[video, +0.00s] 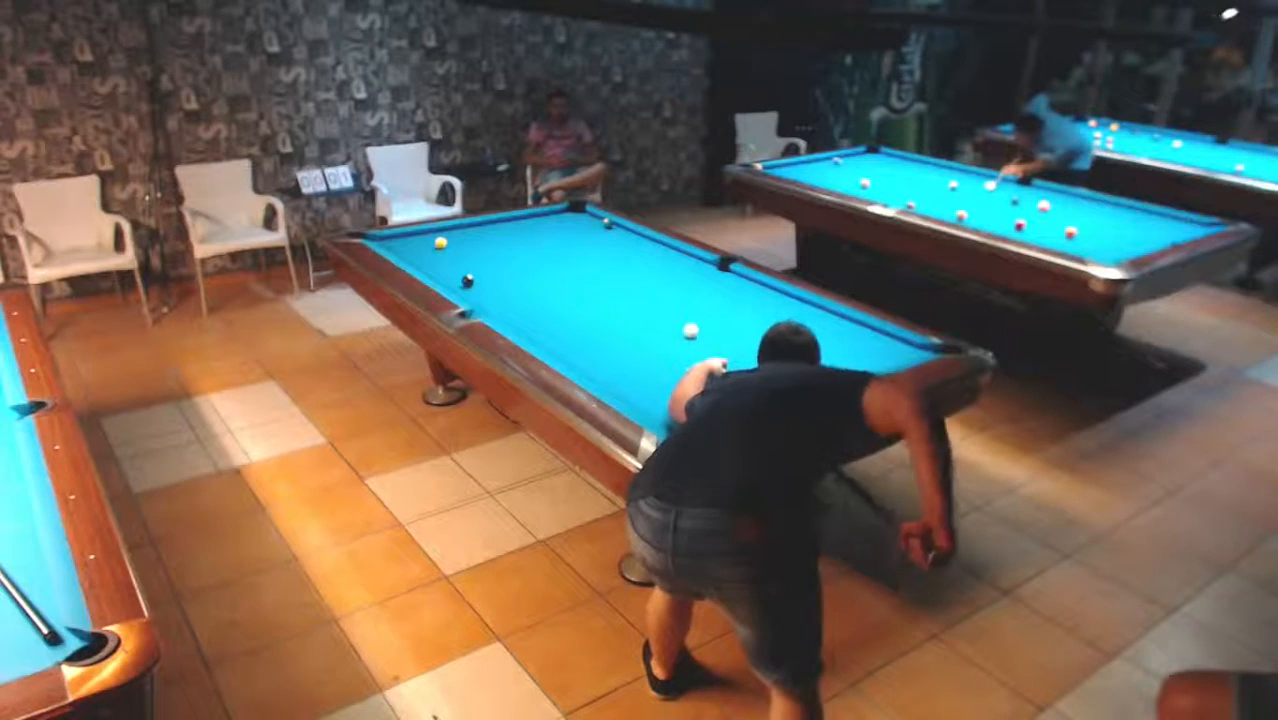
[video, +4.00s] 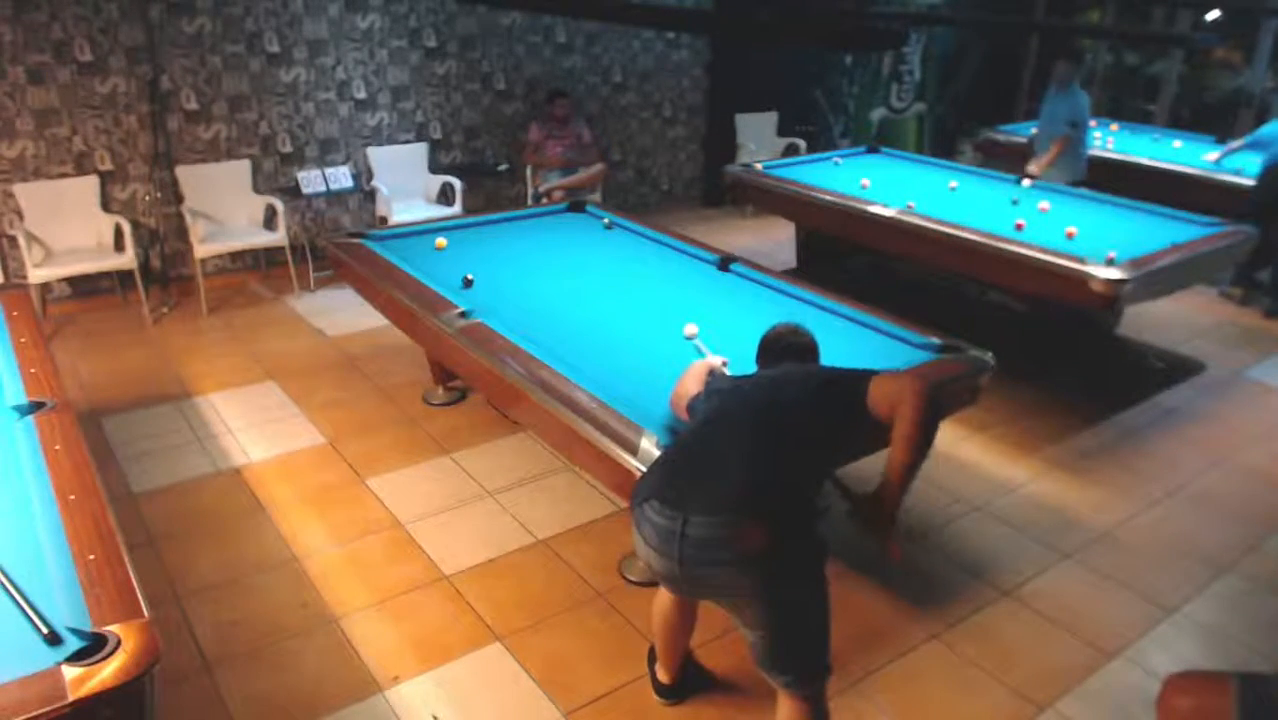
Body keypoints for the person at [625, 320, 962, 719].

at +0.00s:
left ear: (762, 359)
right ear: (815, 362)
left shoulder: (723, 384)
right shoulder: (837, 388)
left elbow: (679, 403)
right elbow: (914, 408)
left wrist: (704, 365)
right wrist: (938, 521)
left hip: (649, 517)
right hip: (744, 532)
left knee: (671, 585)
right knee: (790, 686)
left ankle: (663, 671)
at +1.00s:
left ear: (761, 362)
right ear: (814, 362)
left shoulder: (725, 387)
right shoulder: (836, 389)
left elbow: (680, 407)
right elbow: (913, 413)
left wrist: (703, 364)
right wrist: (928, 524)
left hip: (650, 518)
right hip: (747, 532)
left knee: (671, 584)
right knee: (792, 685)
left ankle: (663, 670)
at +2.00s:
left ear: (824, 265)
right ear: (895, 273)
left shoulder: (774, 326)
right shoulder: (923, 367)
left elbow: (684, 334)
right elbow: (1021, 478)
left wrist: (690, 296)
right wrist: (1036, 598)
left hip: (727, 555)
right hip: (830, 587)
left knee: (699, 604)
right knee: (831, 693)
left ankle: (671, 686)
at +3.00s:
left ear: (760, 339)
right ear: (814, 338)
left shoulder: (726, 369)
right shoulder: (832, 363)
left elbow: (683, 386)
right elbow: (915, 377)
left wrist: (707, 361)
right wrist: (889, 484)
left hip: (661, 509)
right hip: (757, 523)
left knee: (675, 592)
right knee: (795, 687)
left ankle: (668, 676)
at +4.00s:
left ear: (760, 364)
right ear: (814, 363)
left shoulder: (727, 388)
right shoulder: (830, 386)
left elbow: (682, 398)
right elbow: (913, 391)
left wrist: (706, 364)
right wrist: (886, 503)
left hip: (654, 521)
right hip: (750, 538)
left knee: (675, 580)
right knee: (800, 688)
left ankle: (668, 675)